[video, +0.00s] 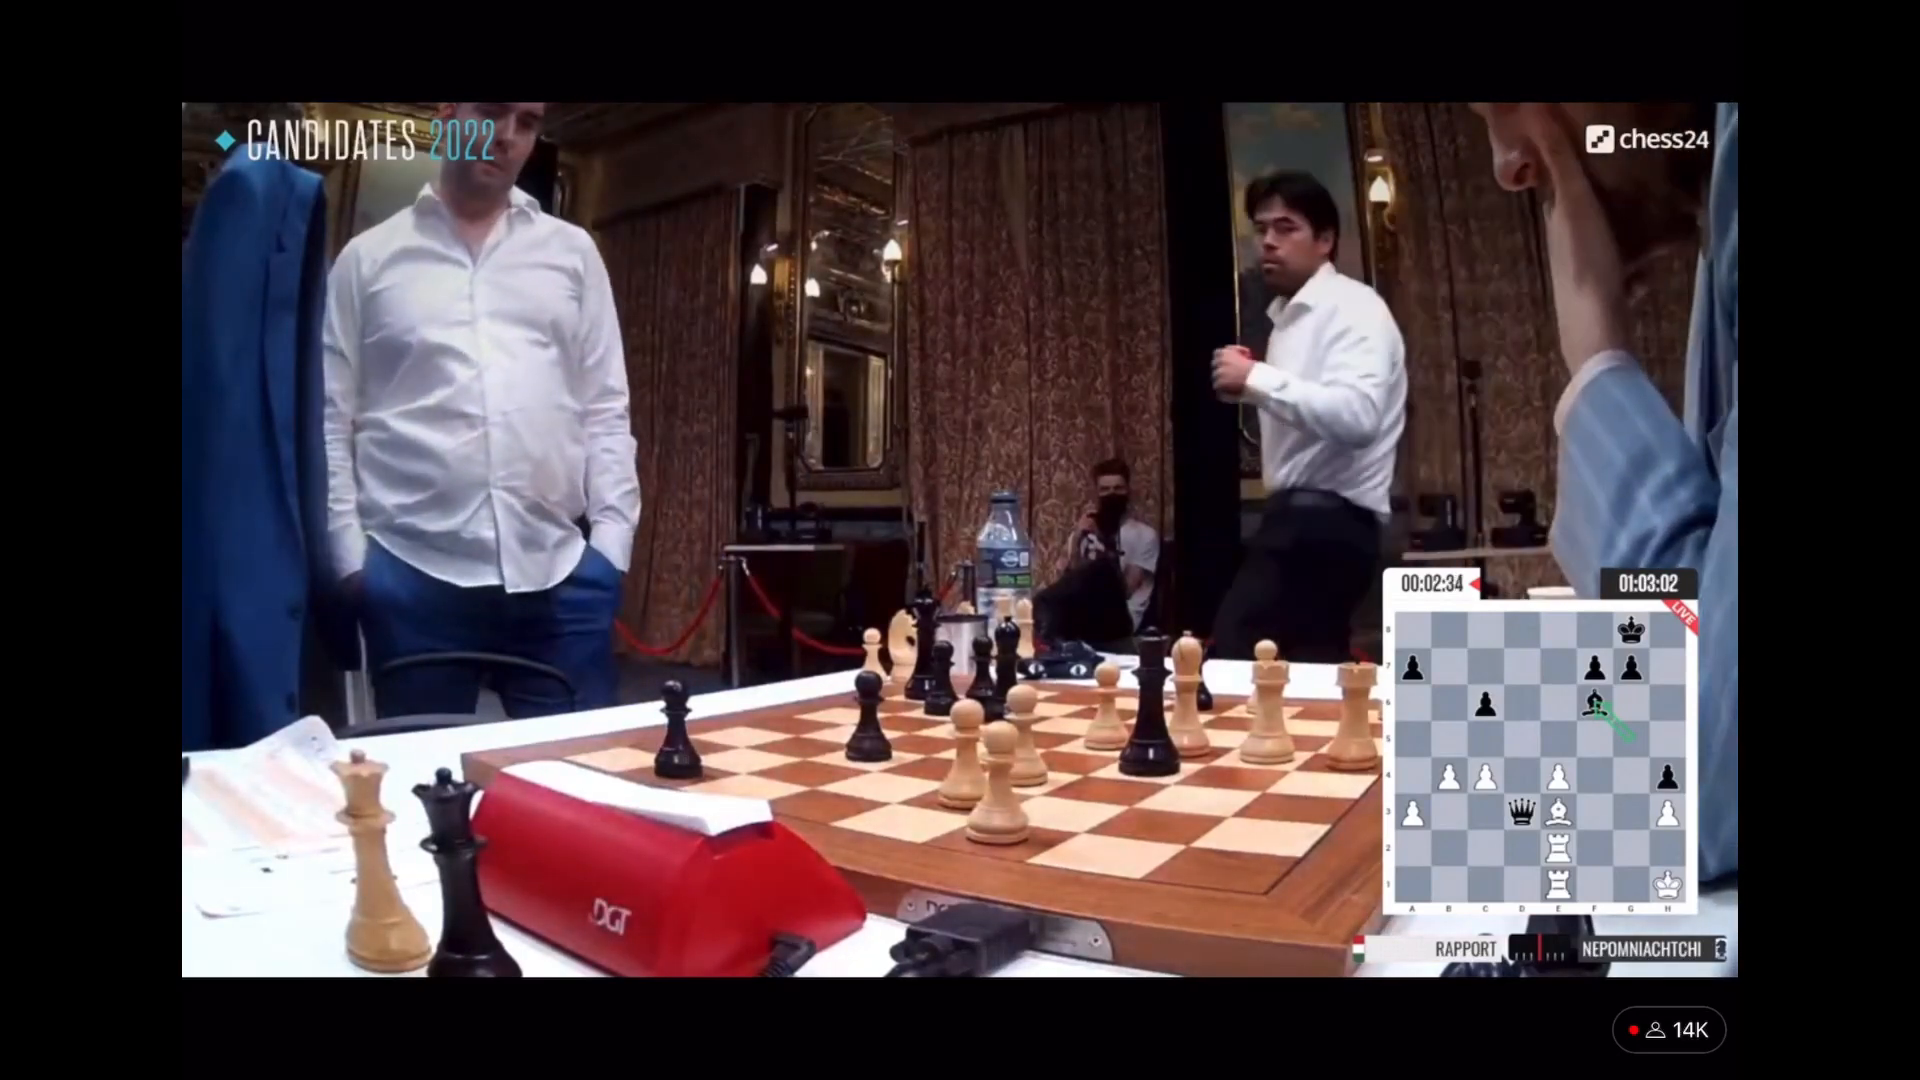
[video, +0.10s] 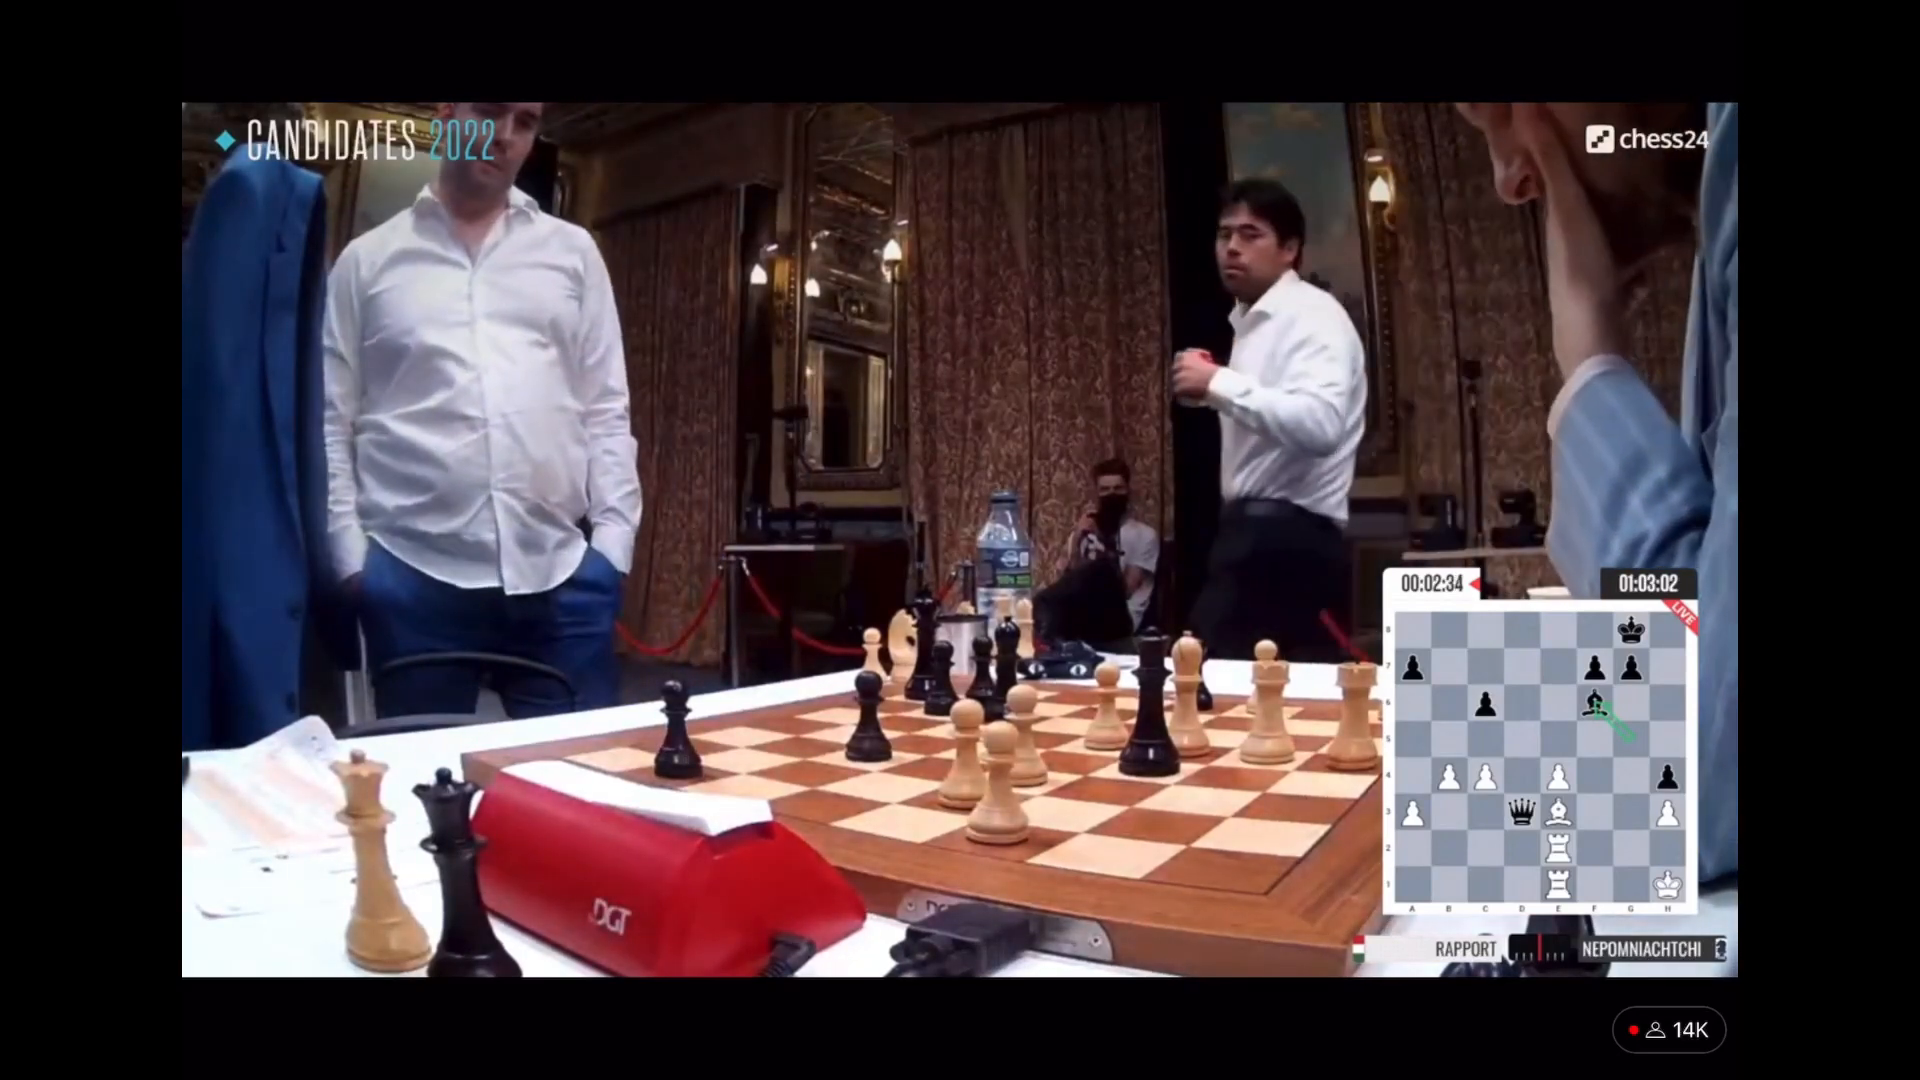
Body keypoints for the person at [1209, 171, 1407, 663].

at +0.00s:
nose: (1268, 243)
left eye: (1286, 229)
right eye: (1262, 230)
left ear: (1325, 241)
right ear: (1255, 237)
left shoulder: (1359, 310)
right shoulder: (1290, 319)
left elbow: (1358, 416)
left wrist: (1257, 379)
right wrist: (1254, 377)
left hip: (1331, 523)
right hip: (1294, 517)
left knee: (1234, 661)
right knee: (1312, 671)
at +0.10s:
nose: (1232, 249)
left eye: (1250, 236)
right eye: (1225, 236)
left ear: (1289, 250)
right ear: (1215, 245)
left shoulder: (1317, 316)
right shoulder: (1256, 322)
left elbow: (1321, 424)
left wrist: (1218, 383)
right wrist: (1216, 381)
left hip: (1290, 537)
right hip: (1251, 531)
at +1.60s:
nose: (1069, 258)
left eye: (1088, 246)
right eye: (1060, 244)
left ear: (1120, 259)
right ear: (1047, 253)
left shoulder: (1160, 330)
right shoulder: (1037, 342)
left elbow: (1187, 437)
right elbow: (1019, 459)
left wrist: (1081, 395)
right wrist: (1000, 545)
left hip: (1119, 534)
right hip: (1044, 536)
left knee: (1124, 693)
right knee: (1051, 694)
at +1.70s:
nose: (1067, 258)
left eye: (1085, 246)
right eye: (1058, 244)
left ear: (1119, 258)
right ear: (1046, 253)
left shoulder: (1159, 330)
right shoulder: (1040, 342)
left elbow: (1184, 437)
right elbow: (1022, 457)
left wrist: (1077, 395)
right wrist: (1004, 542)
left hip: (1119, 533)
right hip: (1045, 534)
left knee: (1122, 692)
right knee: (1051, 693)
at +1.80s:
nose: (1066, 258)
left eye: (1084, 246)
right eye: (1057, 245)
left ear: (1119, 258)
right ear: (1045, 253)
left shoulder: (1159, 330)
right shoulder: (1041, 343)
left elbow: (1183, 437)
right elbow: (1024, 458)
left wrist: (1076, 396)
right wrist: (1004, 543)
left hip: (1119, 534)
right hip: (1045, 535)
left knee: (1122, 694)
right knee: (1051, 695)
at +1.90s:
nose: (1064, 259)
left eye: (1082, 246)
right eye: (1056, 245)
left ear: (1119, 258)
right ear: (1044, 253)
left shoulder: (1158, 330)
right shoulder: (1044, 343)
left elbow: (1180, 437)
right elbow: (1029, 455)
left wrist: (1072, 396)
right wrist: (1011, 538)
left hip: (1119, 534)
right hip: (1048, 534)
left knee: (1123, 693)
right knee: (1053, 694)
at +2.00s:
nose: (1064, 259)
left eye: (1082, 246)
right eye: (1055, 245)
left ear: (1118, 258)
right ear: (1044, 253)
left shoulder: (1158, 330)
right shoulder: (1045, 343)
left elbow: (1179, 437)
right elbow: (1031, 453)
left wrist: (1071, 396)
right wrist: (1016, 532)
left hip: (1119, 534)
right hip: (1049, 534)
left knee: (1122, 692)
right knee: (1055, 693)